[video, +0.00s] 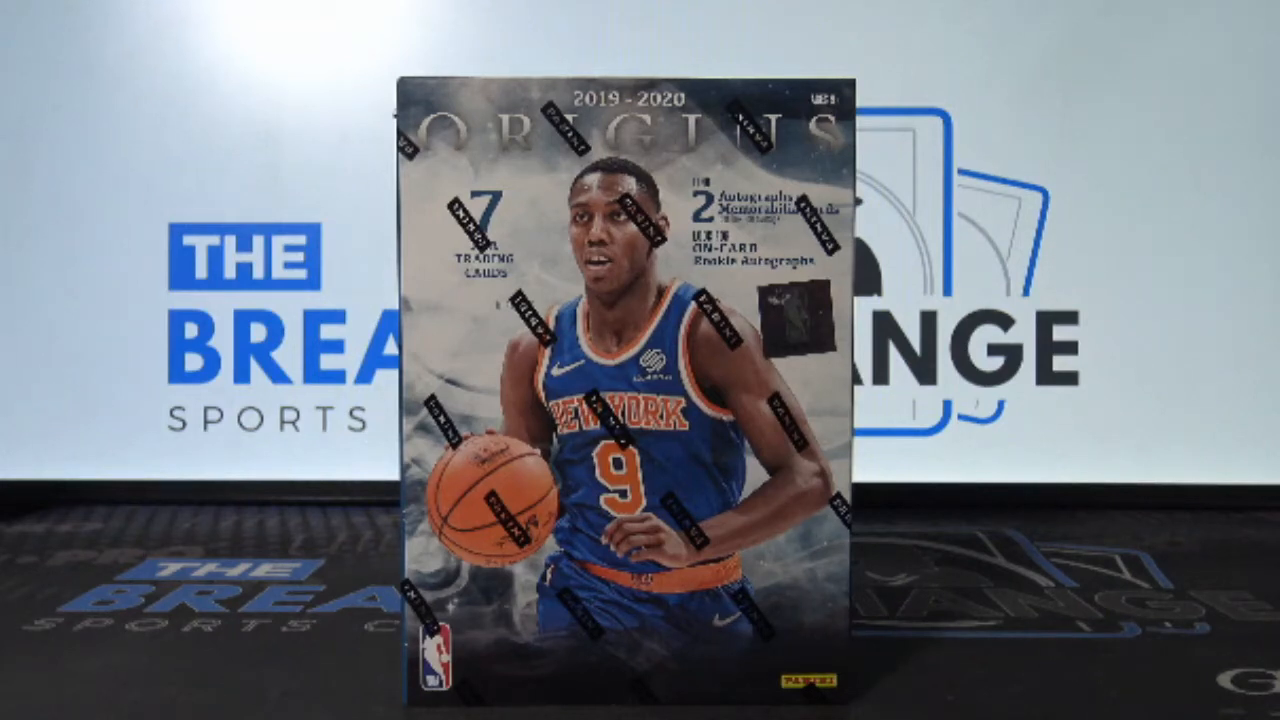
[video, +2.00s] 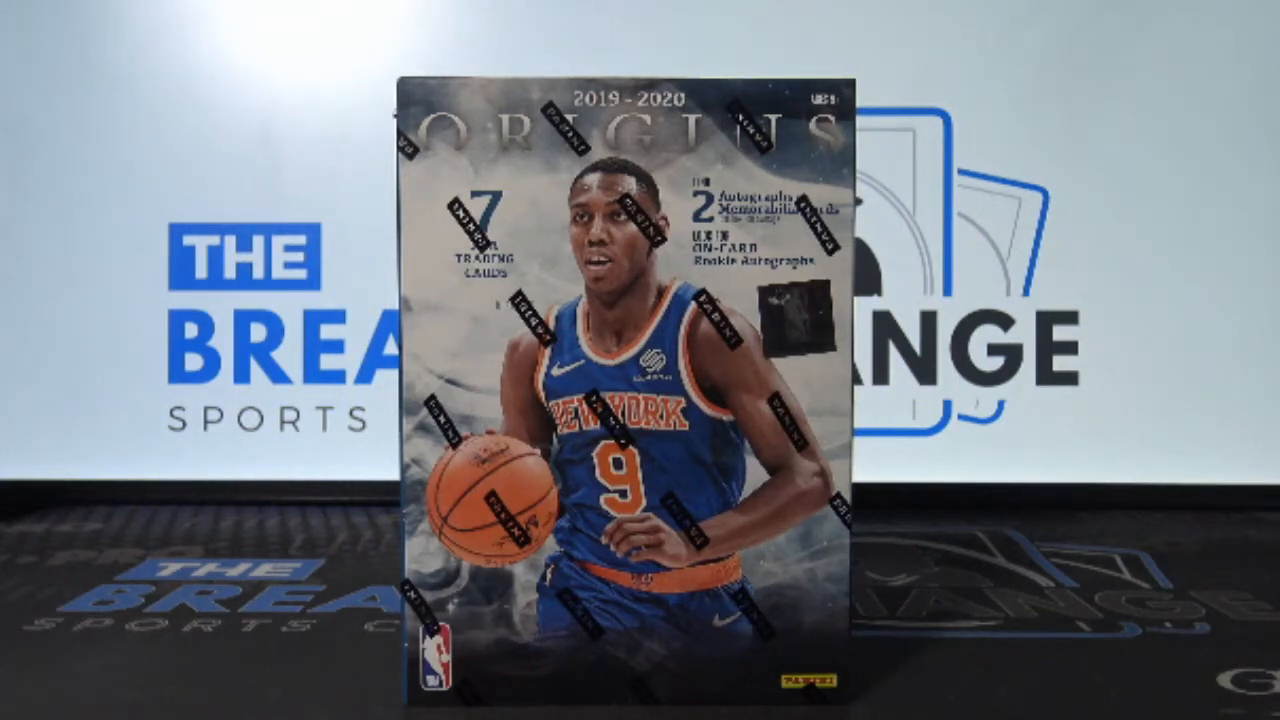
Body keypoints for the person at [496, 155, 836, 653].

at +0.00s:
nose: (595, 235)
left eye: (618, 216)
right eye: (581, 218)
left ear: (657, 230)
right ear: (569, 232)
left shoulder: (711, 334)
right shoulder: (534, 353)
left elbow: (809, 476)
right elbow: (526, 489)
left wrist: (695, 542)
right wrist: (476, 472)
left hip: (698, 612)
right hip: (582, 606)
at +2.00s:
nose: (595, 235)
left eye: (618, 216)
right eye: (581, 218)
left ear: (657, 230)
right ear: (569, 232)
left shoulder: (712, 334)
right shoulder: (534, 353)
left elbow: (809, 476)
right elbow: (526, 487)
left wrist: (695, 542)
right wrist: (477, 471)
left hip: (698, 613)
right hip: (583, 606)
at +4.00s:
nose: (595, 234)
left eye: (617, 216)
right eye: (582, 218)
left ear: (657, 230)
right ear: (570, 231)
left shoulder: (712, 334)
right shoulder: (534, 352)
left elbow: (809, 476)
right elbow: (525, 486)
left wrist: (694, 544)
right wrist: (479, 469)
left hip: (697, 613)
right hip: (583, 606)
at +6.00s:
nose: (595, 235)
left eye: (617, 216)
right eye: (582, 218)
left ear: (657, 230)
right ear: (570, 232)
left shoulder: (712, 334)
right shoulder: (534, 353)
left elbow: (809, 476)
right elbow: (525, 488)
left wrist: (695, 543)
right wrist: (475, 473)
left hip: (697, 612)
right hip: (582, 605)